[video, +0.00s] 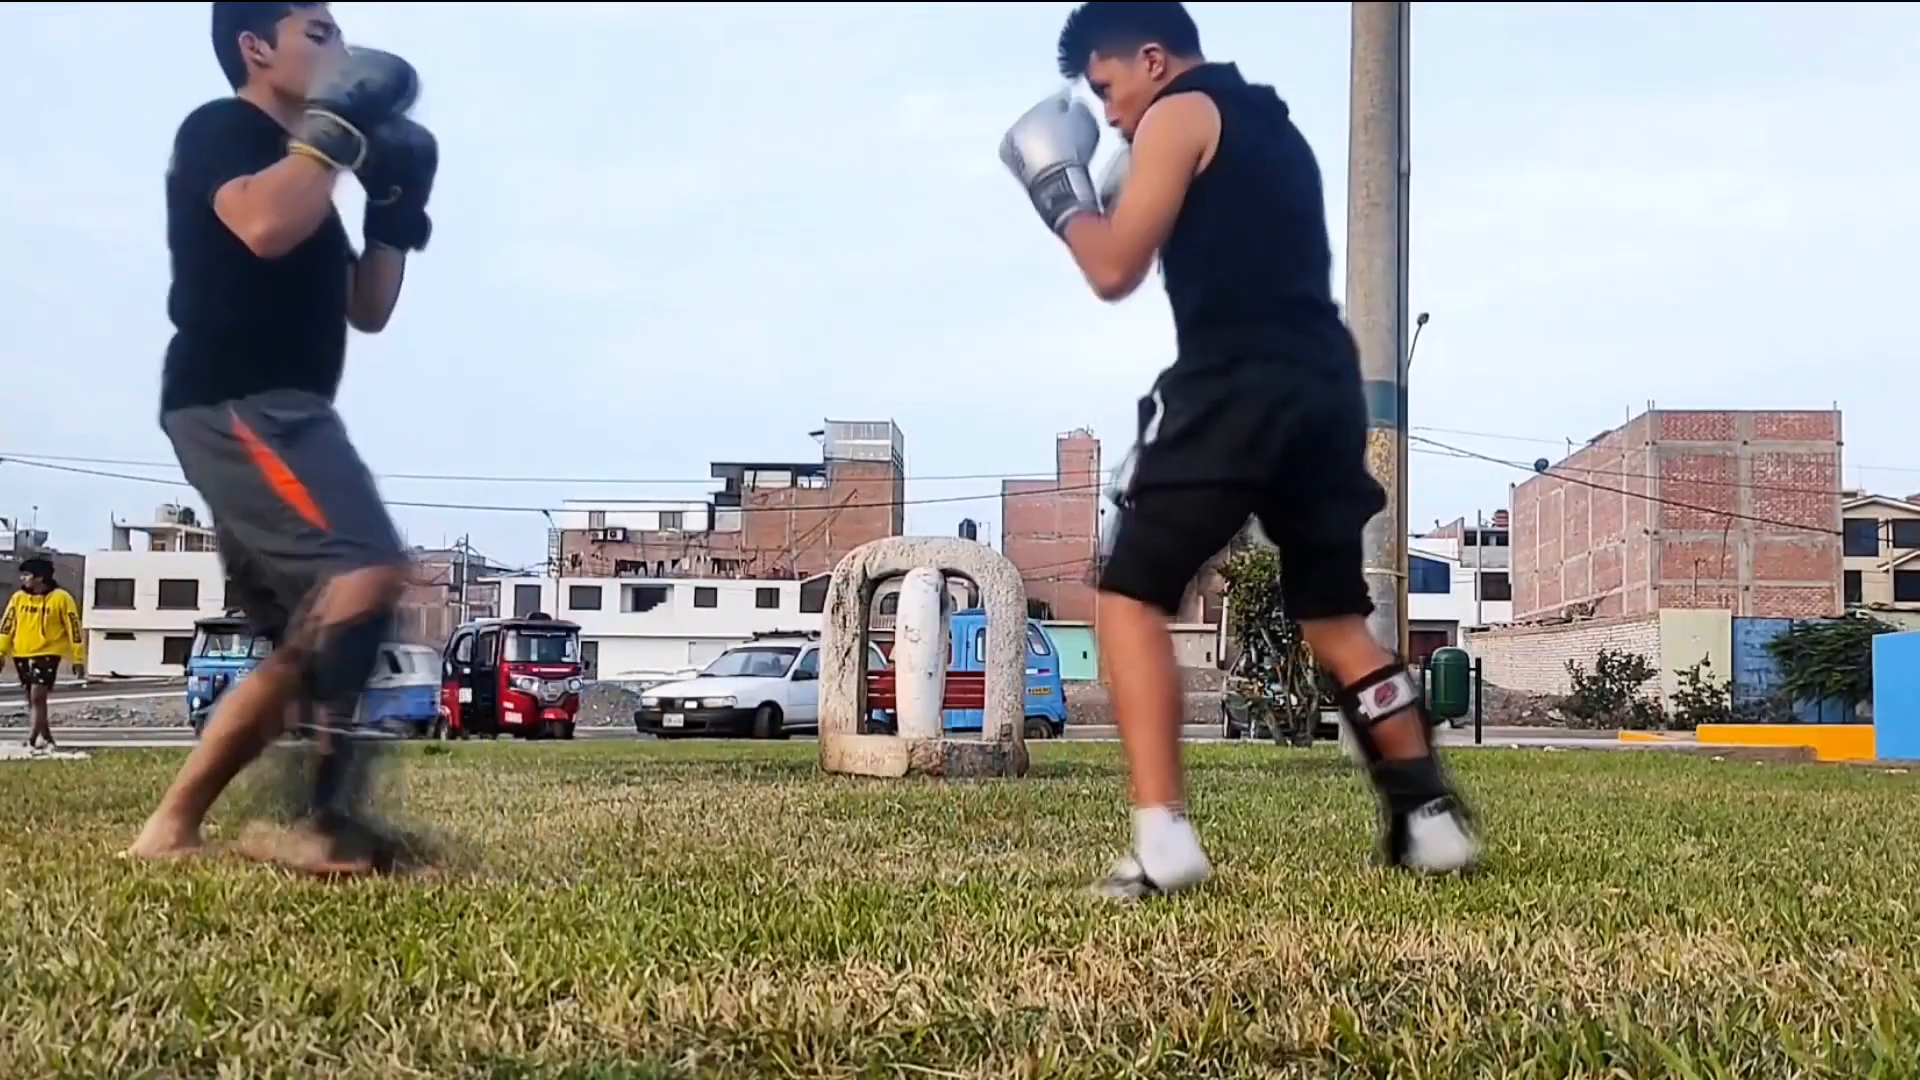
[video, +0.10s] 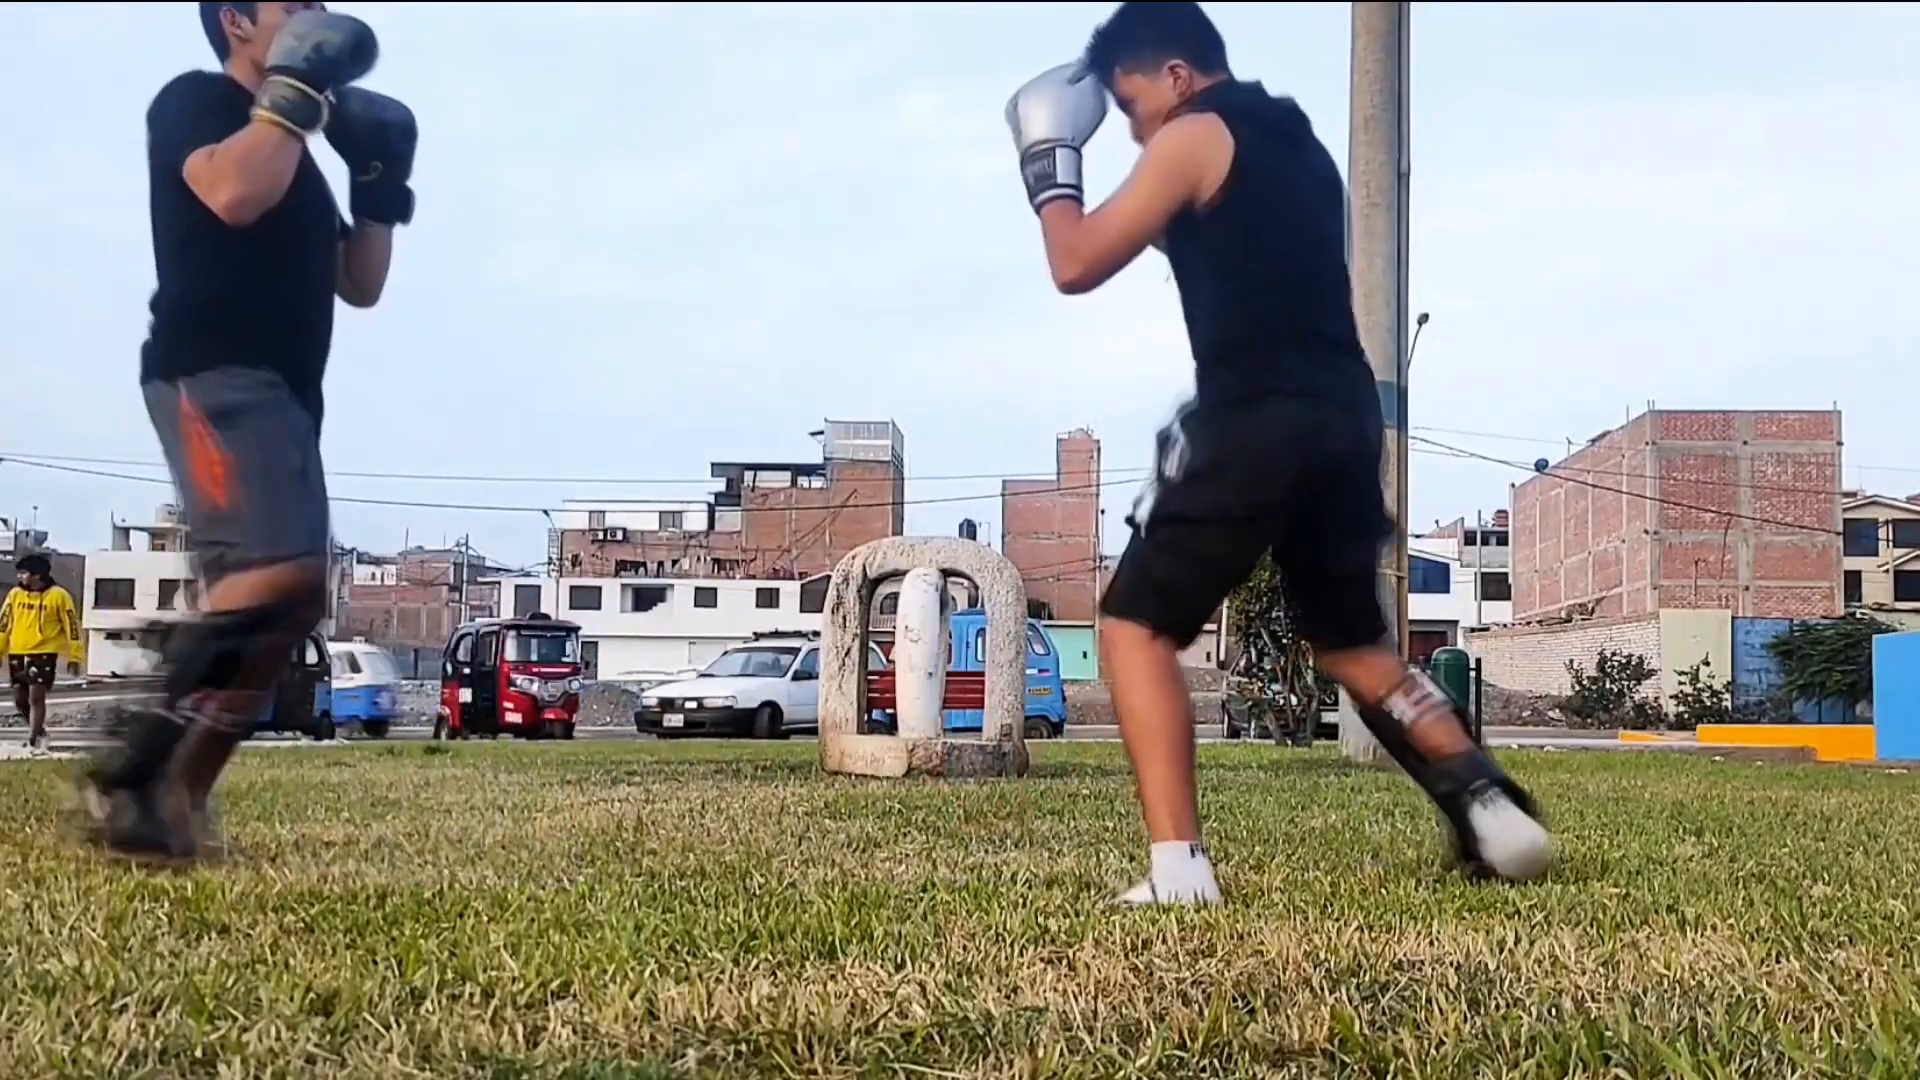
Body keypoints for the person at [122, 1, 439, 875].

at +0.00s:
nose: (339, 53)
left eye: (337, 37)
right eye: (317, 34)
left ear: (279, 54)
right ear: (255, 50)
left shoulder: (308, 160)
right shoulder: (219, 127)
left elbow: (369, 307)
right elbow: (265, 223)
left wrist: (395, 203)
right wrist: (338, 117)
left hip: (284, 403)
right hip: (239, 400)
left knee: (308, 642)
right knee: (363, 569)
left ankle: (170, 828)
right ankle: (325, 820)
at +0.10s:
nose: (311, 22)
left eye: (314, 11)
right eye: (291, 8)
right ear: (234, 21)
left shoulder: (302, 154)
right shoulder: (195, 97)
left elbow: (361, 284)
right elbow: (236, 193)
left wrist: (381, 178)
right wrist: (299, 84)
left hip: (282, 386)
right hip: (214, 372)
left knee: (287, 597)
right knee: (277, 570)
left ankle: (177, 803)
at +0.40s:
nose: (293, 100)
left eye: (303, 87)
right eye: (275, 81)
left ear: (308, 103)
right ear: (215, 81)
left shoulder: (293, 216)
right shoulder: (143, 165)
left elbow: (353, 340)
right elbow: (136, 272)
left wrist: (366, 234)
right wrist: (211, 167)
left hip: (260, 460)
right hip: (144, 452)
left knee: (363, 602)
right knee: (85, 635)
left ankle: (307, 761)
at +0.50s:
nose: (324, 110)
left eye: (337, 97)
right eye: (309, 90)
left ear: (345, 107)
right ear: (256, 87)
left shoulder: (340, 215)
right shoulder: (181, 169)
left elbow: (398, 335)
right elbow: (155, 275)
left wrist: (405, 229)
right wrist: (222, 175)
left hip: (296, 455)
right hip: (181, 444)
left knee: (371, 617)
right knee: (85, 614)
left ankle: (345, 789)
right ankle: (0, 800)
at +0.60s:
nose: (366, 115)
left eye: (380, 101)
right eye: (349, 96)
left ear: (391, 110)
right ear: (302, 96)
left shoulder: (396, 211)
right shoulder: (247, 177)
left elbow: (468, 331)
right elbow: (195, 275)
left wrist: (451, 224)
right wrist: (253, 176)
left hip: (344, 457)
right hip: (231, 436)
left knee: (382, 624)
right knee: (136, 597)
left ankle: (333, 810)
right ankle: (35, 790)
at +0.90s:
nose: (459, 155)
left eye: (470, 145)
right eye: (444, 139)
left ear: (480, 158)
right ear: (401, 144)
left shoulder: (489, 254)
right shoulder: (351, 227)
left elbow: (523, 367)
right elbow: (293, 295)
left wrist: (542, 306)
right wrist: (368, 218)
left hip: (475, 474)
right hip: (377, 474)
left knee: (506, 603)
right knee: (376, 662)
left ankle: (435, 776)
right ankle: (389, 767)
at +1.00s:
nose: (483, 190)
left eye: (493, 180)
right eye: (468, 178)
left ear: (504, 193)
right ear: (429, 187)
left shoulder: (521, 289)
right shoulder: (390, 264)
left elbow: (532, 382)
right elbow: (336, 290)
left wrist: (576, 394)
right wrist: (419, 231)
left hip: (508, 503)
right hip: (412, 512)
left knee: (562, 608)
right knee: (397, 678)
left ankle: (532, 778)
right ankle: (410, 800)